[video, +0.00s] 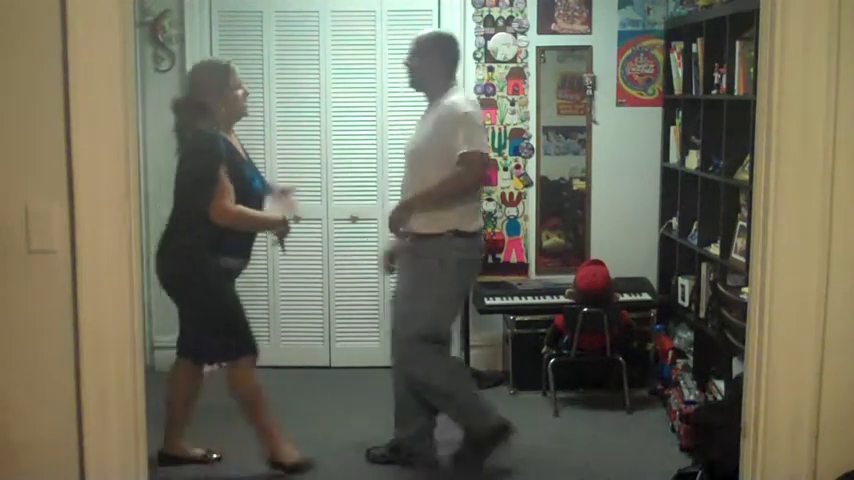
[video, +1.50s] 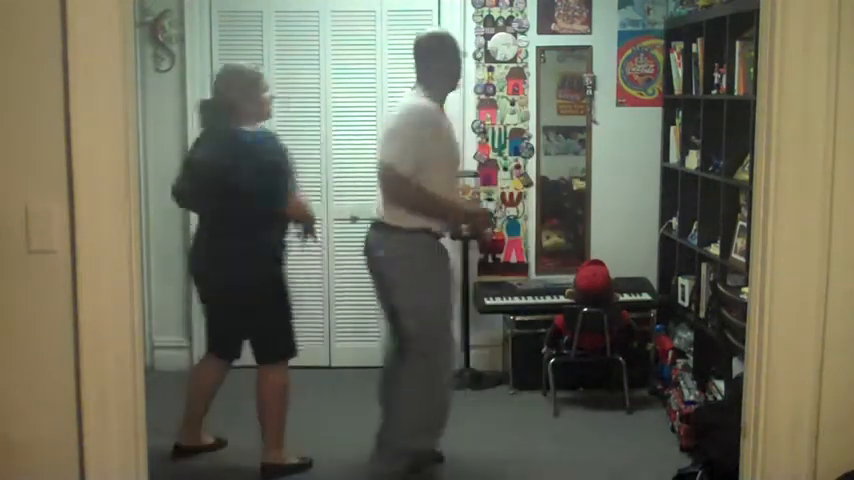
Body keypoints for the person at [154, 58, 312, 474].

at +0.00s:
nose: (245, 92)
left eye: (242, 85)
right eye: (237, 87)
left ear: (218, 96)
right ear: (216, 97)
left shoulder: (225, 138)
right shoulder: (208, 143)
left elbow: (238, 188)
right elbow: (219, 211)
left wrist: (273, 195)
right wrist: (272, 221)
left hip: (208, 260)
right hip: (195, 263)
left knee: (191, 354)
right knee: (240, 352)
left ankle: (174, 445)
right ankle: (276, 449)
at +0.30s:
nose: (283, 98)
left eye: (280, 92)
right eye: (275, 93)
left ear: (255, 103)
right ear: (252, 103)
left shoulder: (270, 143)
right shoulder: (246, 146)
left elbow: (306, 167)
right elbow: (239, 211)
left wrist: (353, 157)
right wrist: (299, 232)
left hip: (269, 267)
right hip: (245, 269)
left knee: (282, 353)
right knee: (284, 354)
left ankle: (216, 411)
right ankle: (290, 455)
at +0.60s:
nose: (316, 97)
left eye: (313, 90)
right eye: (307, 92)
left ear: (296, 103)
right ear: (281, 104)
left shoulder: (331, 144)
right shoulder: (263, 157)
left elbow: (360, 162)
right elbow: (242, 217)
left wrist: (393, 155)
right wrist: (292, 228)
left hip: (331, 267)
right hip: (276, 272)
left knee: (356, 359)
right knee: (296, 367)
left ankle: (377, 438)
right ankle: (289, 453)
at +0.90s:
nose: (305, 94)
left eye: (310, 87)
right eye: (296, 88)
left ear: (319, 95)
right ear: (279, 100)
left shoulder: (339, 144)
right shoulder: (266, 152)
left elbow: (376, 183)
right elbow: (249, 194)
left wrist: (338, 174)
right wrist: (226, 228)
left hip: (350, 266)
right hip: (298, 270)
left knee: (359, 356)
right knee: (276, 350)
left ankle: (376, 438)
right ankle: (316, 444)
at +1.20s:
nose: (278, 105)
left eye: (268, 98)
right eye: (292, 98)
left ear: (261, 99)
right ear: (298, 101)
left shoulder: (250, 145)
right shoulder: (316, 144)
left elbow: (230, 212)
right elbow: (328, 196)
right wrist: (288, 207)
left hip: (276, 265)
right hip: (327, 262)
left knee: (243, 340)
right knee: (301, 351)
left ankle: (297, 381)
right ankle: (313, 450)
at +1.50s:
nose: (270, 96)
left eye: (266, 89)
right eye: (262, 91)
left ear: (226, 100)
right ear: (243, 101)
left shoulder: (205, 144)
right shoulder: (266, 148)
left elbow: (184, 192)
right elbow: (282, 205)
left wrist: (225, 208)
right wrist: (306, 215)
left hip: (209, 259)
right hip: (256, 262)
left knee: (221, 348)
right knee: (273, 357)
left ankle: (190, 436)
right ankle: (274, 455)